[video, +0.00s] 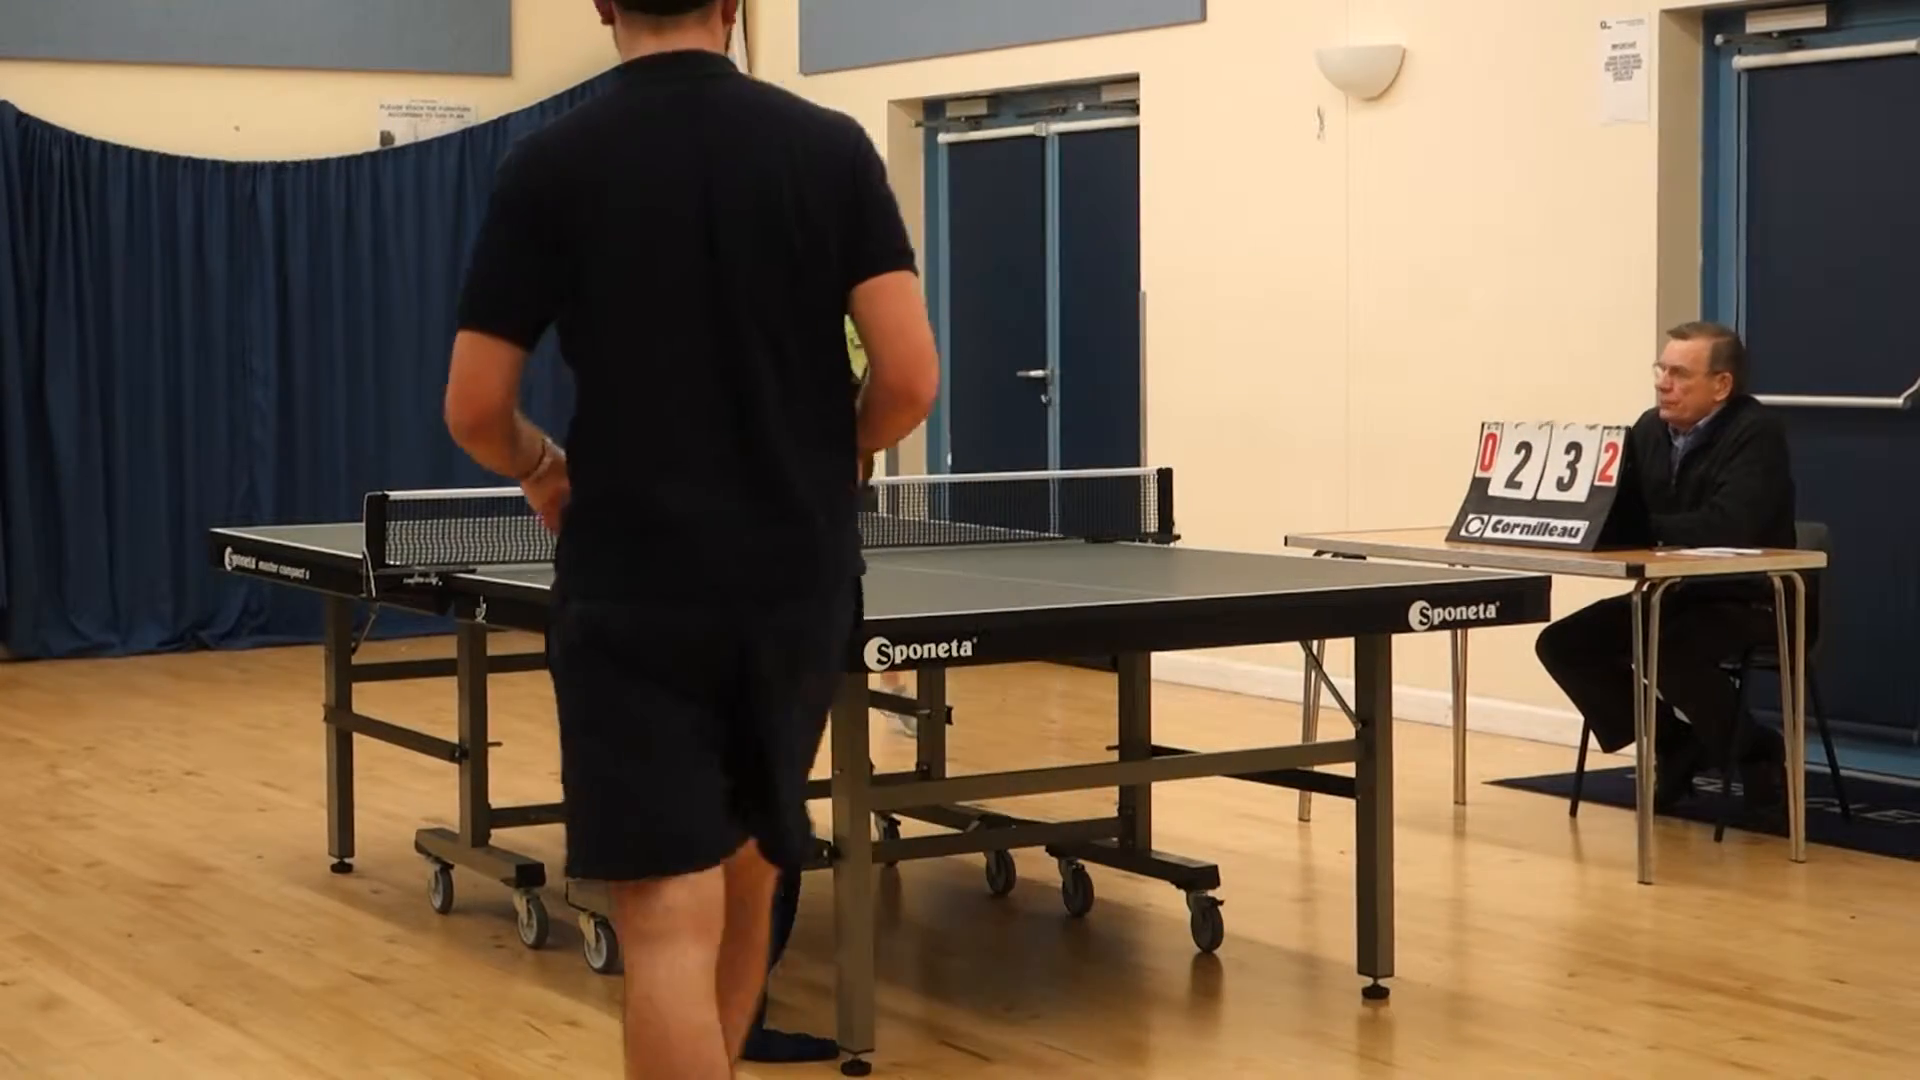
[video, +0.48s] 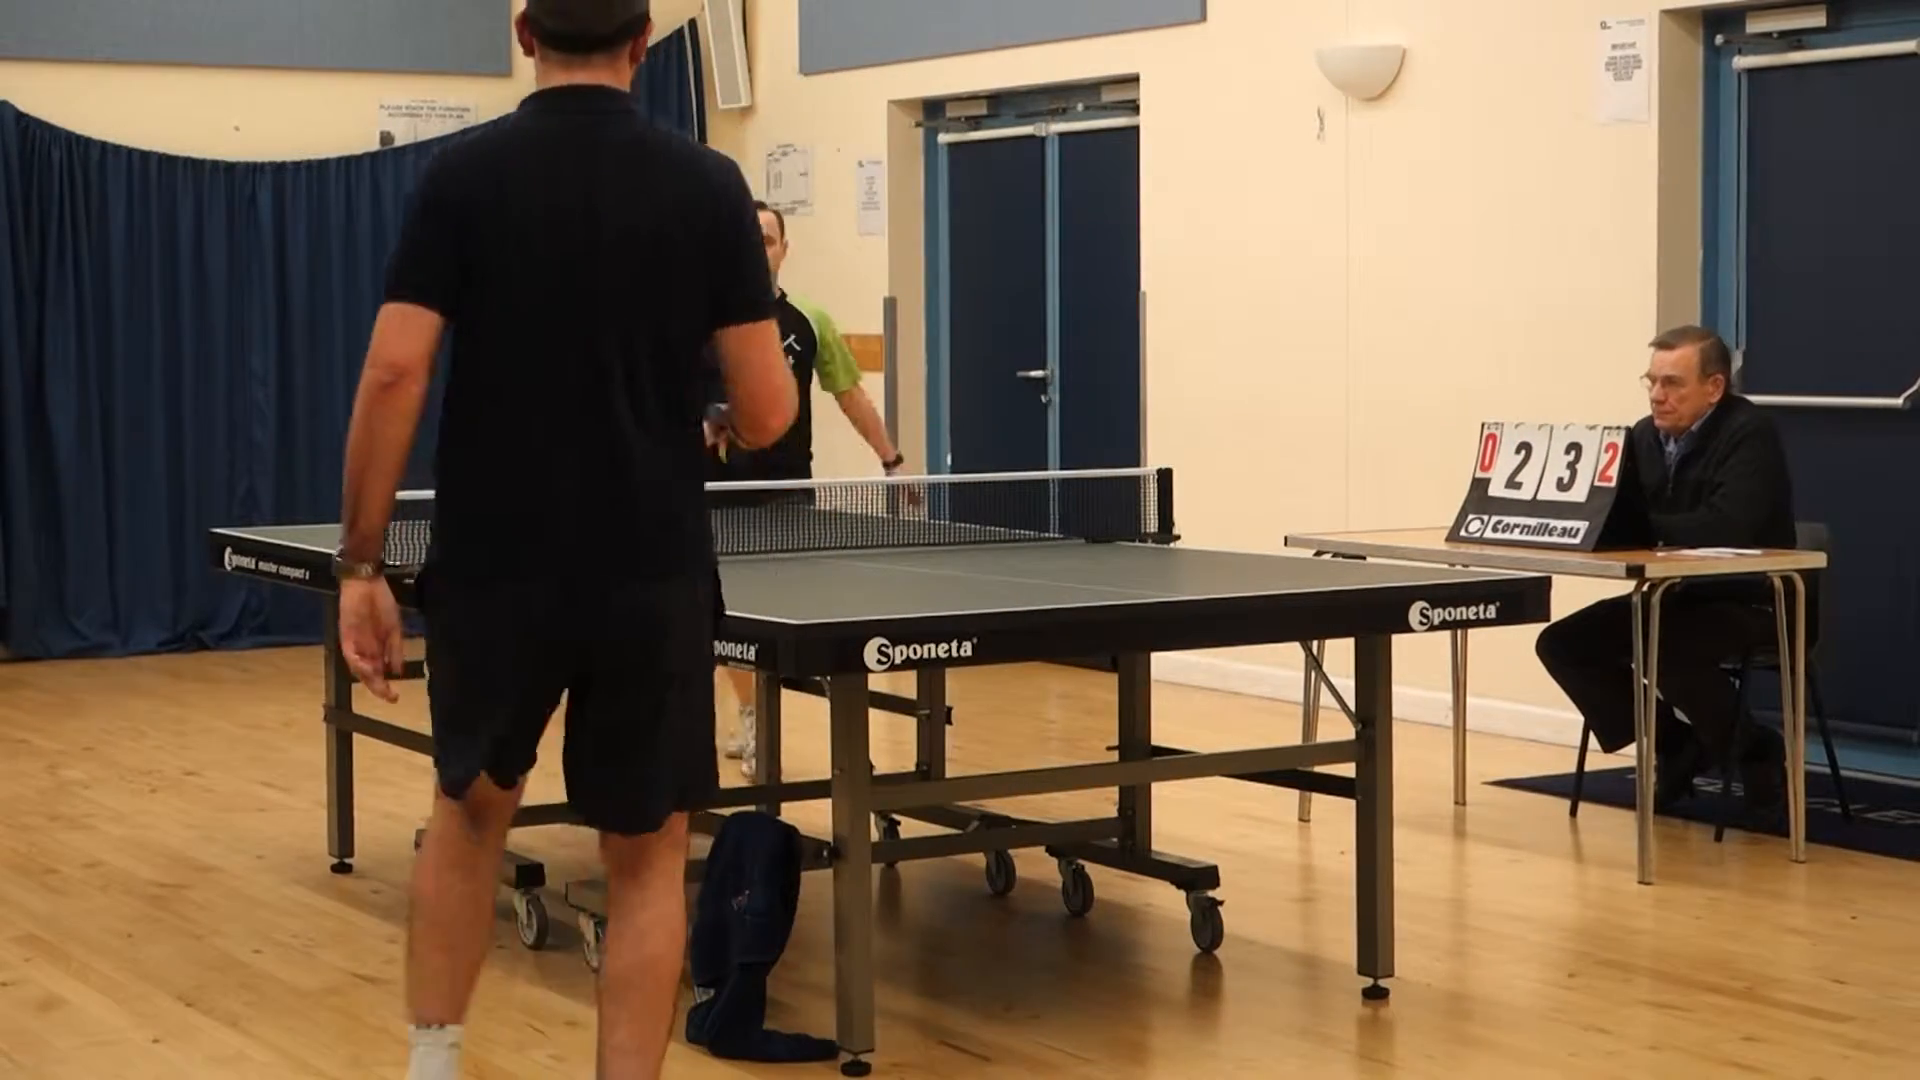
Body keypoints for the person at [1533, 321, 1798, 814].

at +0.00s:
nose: (1663, 383)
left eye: (1679, 374)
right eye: (1661, 370)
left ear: (1721, 386)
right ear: (1655, 371)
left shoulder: (1756, 432)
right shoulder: (1649, 429)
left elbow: (1737, 526)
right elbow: (1613, 509)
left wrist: (1639, 530)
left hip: (1754, 597)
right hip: (1672, 592)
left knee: (1669, 649)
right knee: (1562, 644)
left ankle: (1758, 750)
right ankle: (1674, 742)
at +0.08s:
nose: (1662, 384)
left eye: (1678, 375)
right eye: (1660, 372)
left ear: (1720, 386)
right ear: (1655, 372)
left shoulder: (1756, 433)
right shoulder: (1649, 431)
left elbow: (1736, 525)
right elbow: (1615, 510)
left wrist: (1638, 529)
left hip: (1753, 597)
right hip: (1671, 592)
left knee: (1670, 649)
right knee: (1562, 644)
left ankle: (1757, 749)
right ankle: (1674, 741)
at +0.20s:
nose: (1661, 388)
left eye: (1677, 378)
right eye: (1658, 375)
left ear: (1719, 387)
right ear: (1653, 376)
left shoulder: (1755, 433)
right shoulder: (1648, 433)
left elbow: (1737, 527)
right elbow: (1616, 512)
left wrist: (1640, 530)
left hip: (1753, 597)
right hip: (1671, 592)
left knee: (1669, 650)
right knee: (1562, 644)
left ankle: (1758, 749)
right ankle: (1675, 742)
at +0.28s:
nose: (1660, 391)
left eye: (1676, 380)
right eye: (1657, 378)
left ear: (1718, 388)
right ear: (1651, 378)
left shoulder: (1753, 433)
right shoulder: (1645, 435)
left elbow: (1737, 525)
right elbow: (1615, 516)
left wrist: (1643, 532)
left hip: (1758, 600)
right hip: (1673, 596)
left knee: (1669, 646)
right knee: (1562, 643)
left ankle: (1756, 751)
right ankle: (1674, 742)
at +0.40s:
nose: (1658, 393)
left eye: (1673, 382)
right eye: (1654, 380)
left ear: (1715, 388)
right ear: (1648, 380)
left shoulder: (1751, 433)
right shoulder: (1643, 437)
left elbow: (1736, 525)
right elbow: (1616, 518)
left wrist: (1641, 531)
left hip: (1758, 601)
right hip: (1673, 597)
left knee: (1668, 645)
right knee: (1562, 643)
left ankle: (1755, 750)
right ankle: (1674, 742)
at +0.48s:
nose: (1656, 395)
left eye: (1671, 383)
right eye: (1652, 381)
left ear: (1714, 387)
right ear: (1646, 381)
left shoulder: (1750, 434)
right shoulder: (1642, 438)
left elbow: (1735, 525)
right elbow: (1613, 516)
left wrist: (1641, 532)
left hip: (1758, 601)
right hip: (1673, 597)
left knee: (1668, 646)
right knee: (1562, 643)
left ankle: (1755, 748)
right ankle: (1674, 741)